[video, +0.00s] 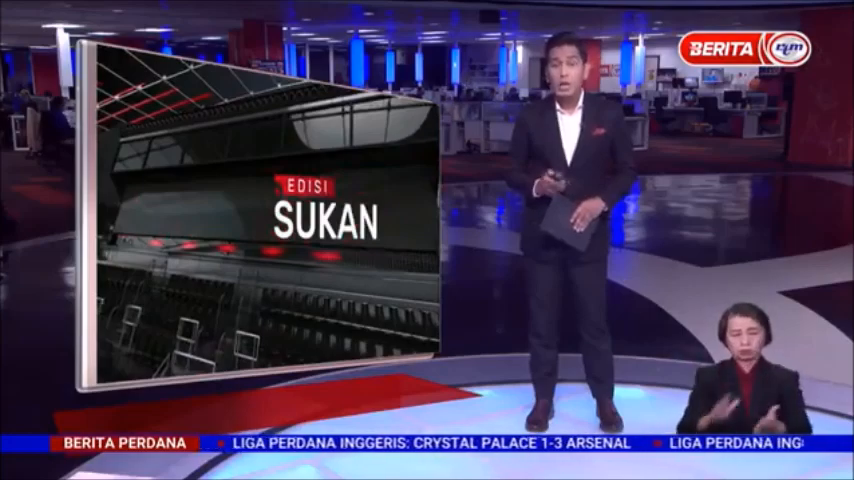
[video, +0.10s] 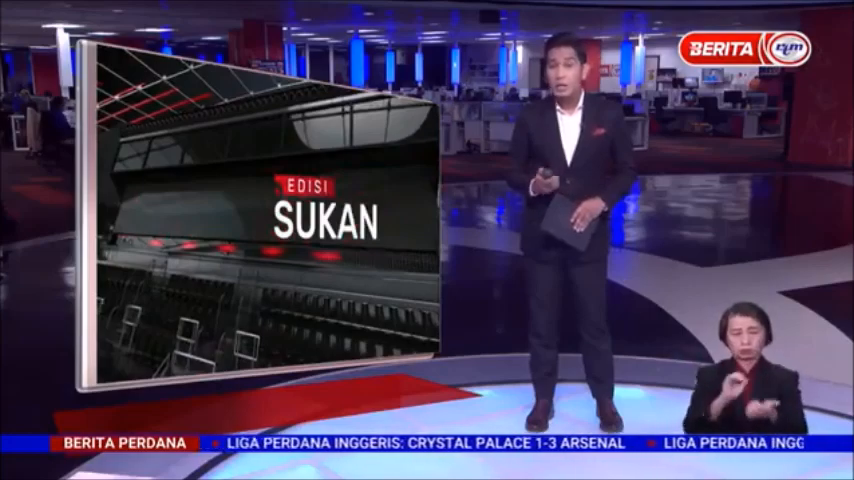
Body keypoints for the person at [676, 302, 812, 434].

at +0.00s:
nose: (745, 341)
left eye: (752, 333)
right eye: (736, 334)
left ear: (765, 337)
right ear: (725, 340)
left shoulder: (785, 379)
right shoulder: (708, 377)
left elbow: (804, 432)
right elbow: (684, 430)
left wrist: (777, 428)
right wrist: (710, 419)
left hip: (770, 465)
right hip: (716, 464)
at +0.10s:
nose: (745, 340)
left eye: (753, 332)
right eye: (737, 333)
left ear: (766, 336)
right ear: (726, 339)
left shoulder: (784, 379)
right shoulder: (709, 376)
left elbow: (799, 430)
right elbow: (691, 428)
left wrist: (772, 415)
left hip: (769, 461)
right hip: (717, 460)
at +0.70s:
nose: (746, 339)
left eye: (754, 331)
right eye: (737, 333)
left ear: (767, 337)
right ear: (727, 340)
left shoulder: (786, 381)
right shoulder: (711, 374)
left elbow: (797, 437)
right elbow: (688, 414)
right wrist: (720, 384)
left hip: (770, 466)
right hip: (718, 463)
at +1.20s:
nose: (746, 342)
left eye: (755, 334)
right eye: (738, 334)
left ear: (768, 338)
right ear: (728, 340)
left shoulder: (787, 381)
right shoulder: (711, 375)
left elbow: (797, 435)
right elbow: (684, 425)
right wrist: (705, 403)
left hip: (770, 466)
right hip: (718, 463)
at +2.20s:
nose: (723, 350)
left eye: (733, 342)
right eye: (717, 341)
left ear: (747, 345)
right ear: (706, 343)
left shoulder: (770, 378)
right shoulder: (695, 381)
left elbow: (799, 427)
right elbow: (680, 437)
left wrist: (772, 398)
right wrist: (703, 406)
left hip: (764, 461)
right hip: (711, 462)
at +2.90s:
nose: (732, 343)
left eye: (741, 335)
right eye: (724, 335)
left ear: (754, 339)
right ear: (714, 340)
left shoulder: (775, 379)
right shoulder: (701, 381)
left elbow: (792, 431)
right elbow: (692, 432)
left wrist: (759, 411)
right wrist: (722, 405)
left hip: (766, 461)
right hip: (715, 461)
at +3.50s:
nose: (737, 344)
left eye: (745, 336)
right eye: (729, 336)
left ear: (758, 340)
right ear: (719, 340)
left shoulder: (779, 379)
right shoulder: (702, 379)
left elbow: (801, 430)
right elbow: (680, 433)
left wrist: (772, 422)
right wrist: (701, 414)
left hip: (767, 465)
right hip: (712, 464)